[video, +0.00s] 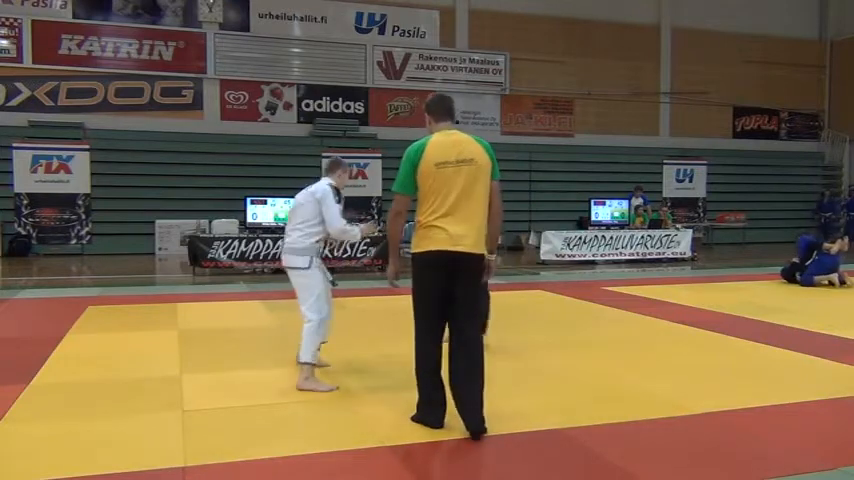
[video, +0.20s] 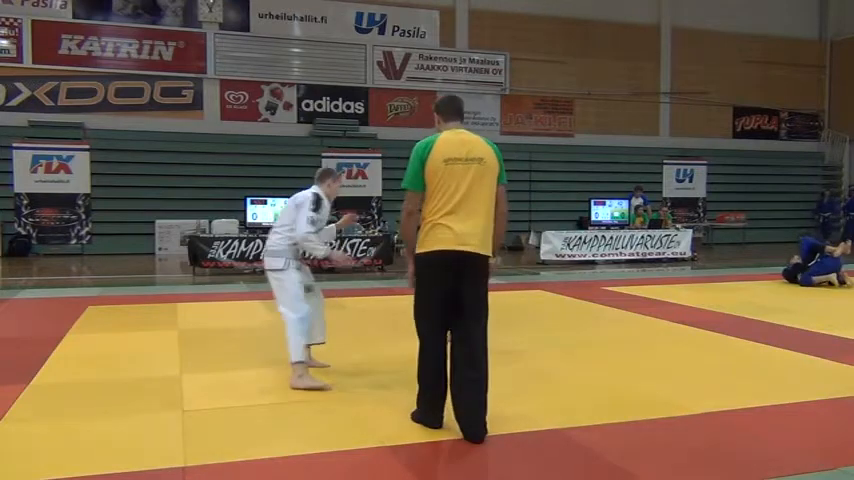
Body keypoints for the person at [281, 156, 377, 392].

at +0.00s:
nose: (349, 181)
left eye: (349, 176)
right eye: (348, 176)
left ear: (330, 172)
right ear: (341, 173)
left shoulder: (319, 189)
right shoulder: (326, 190)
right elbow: (336, 229)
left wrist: (357, 230)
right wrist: (361, 231)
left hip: (305, 256)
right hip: (301, 257)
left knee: (323, 306)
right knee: (316, 312)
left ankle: (309, 353)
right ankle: (306, 376)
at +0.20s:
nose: (338, 191)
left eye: (339, 186)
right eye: (338, 186)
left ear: (324, 182)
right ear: (329, 183)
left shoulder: (321, 203)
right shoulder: (310, 198)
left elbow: (314, 236)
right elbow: (302, 236)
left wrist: (339, 226)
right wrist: (329, 254)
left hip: (293, 259)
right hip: (279, 259)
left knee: (314, 300)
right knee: (298, 310)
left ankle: (305, 354)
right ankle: (298, 373)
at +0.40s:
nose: (320, 184)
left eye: (320, 179)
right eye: (318, 179)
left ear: (306, 176)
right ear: (309, 177)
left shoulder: (299, 197)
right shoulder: (290, 191)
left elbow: (286, 232)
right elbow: (283, 229)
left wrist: (314, 238)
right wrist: (313, 240)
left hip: (272, 257)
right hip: (258, 255)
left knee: (291, 300)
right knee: (269, 304)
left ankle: (301, 354)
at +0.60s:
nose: (292, 185)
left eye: (292, 180)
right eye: (291, 180)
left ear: (278, 177)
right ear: (281, 178)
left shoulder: (273, 200)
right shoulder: (259, 196)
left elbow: (268, 234)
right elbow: (269, 235)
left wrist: (300, 235)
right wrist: (303, 235)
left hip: (256, 265)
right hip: (236, 264)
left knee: (280, 298)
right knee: (223, 314)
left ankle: (296, 351)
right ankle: (196, 360)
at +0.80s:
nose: (288, 181)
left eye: (289, 177)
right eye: (288, 176)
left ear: (275, 172)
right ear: (278, 173)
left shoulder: (269, 196)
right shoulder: (253, 186)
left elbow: (255, 225)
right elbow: (247, 224)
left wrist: (279, 230)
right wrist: (277, 233)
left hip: (245, 251)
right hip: (223, 250)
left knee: (258, 294)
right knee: (221, 303)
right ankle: (198, 358)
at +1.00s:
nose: (280, 199)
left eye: (281, 195)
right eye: (280, 194)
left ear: (268, 190)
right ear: (270, 190)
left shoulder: (261, 214)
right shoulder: (248, 203)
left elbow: (263, 243)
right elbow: (237, 239)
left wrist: (293, 235)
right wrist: (264, 255)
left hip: (233, 260)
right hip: (211, 258)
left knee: (253, 295)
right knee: (215, 310)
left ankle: (243, 347)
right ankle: (174, 357)